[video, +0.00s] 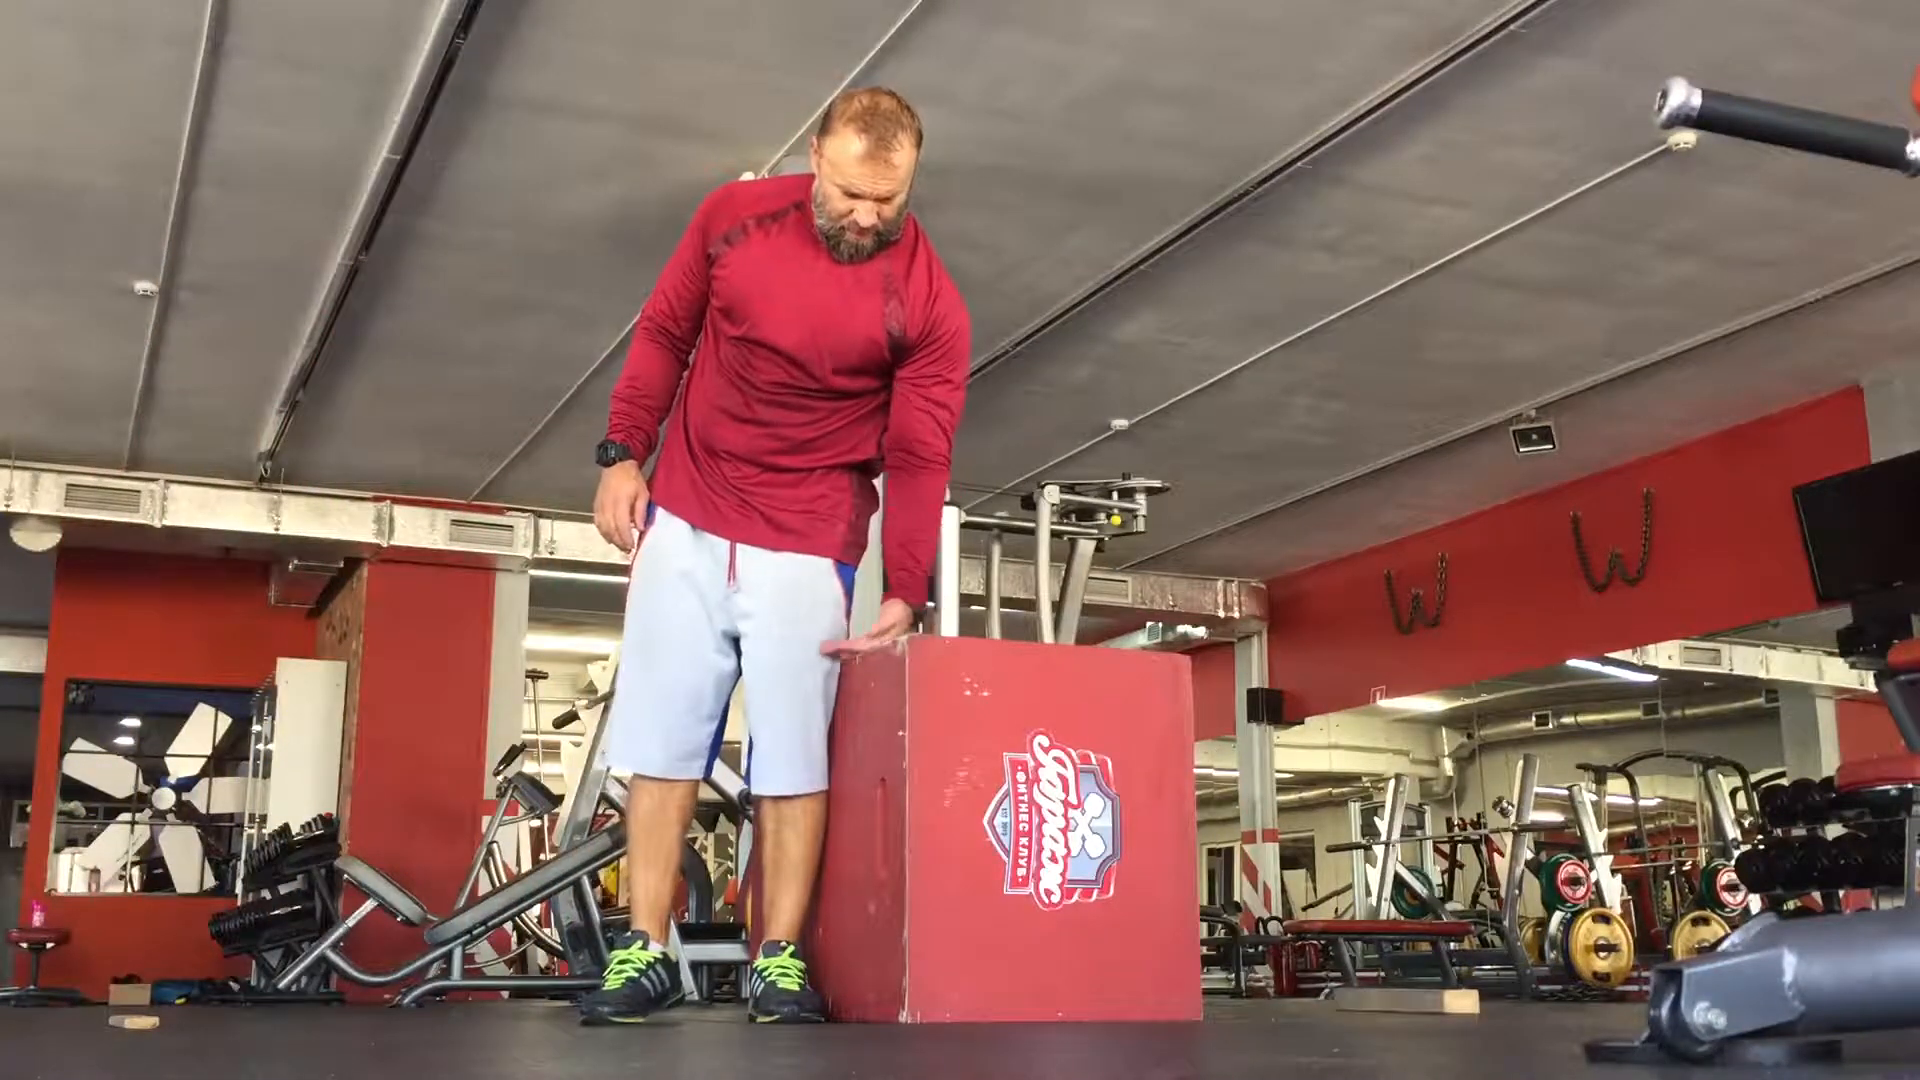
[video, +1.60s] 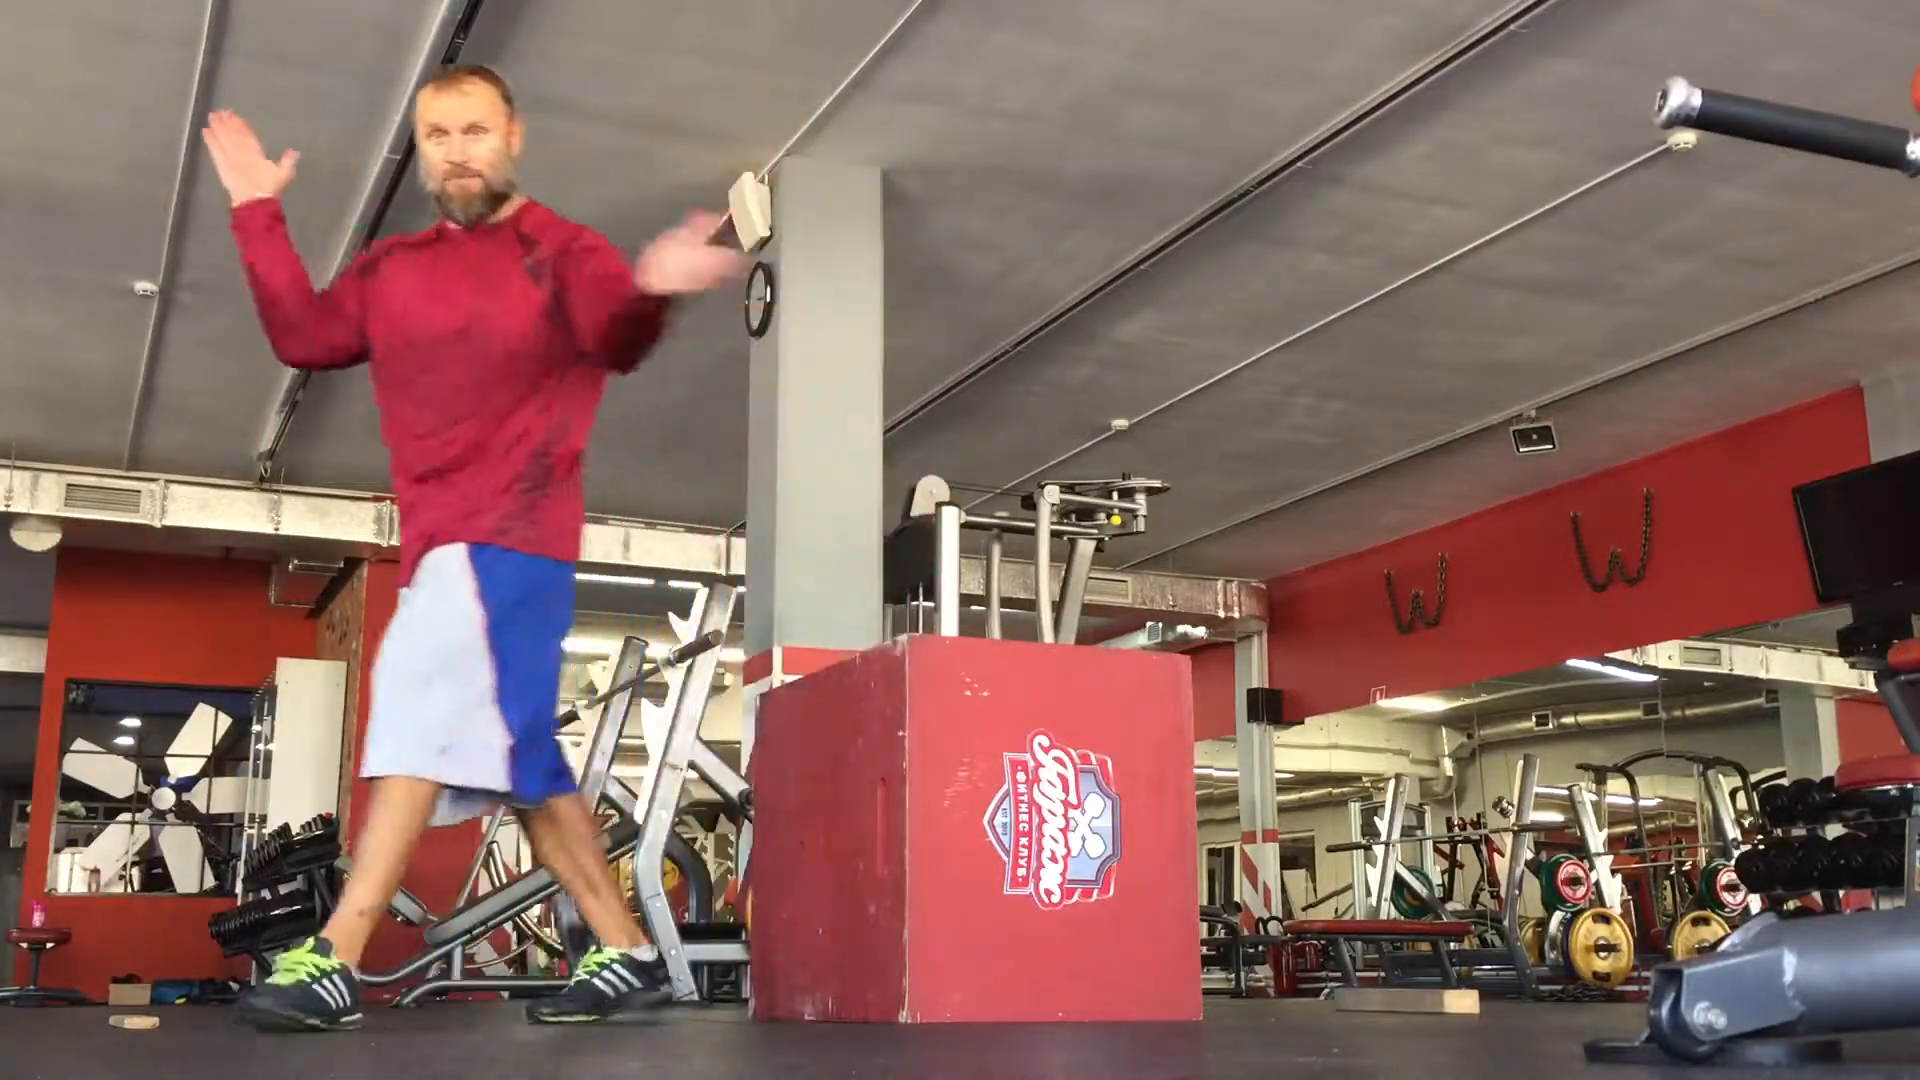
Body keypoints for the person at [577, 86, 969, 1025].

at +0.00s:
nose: (861, 215)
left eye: (883, 200)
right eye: (845, 193)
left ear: (912, 185)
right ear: (814, 159)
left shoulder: (928, 307)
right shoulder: (735, 215)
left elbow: (918, 457)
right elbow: (663, 331)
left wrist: (905, 593)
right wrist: (622, 455)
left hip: (811, 532)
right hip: (688, 508)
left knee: (793, 745)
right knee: (662, 732)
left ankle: (778, 959)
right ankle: (647, 952)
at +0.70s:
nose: (747, 147)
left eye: (766, 129)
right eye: (729, 130)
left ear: (797, 139)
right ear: (702, 141)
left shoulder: (849, 268)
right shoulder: (647, 248)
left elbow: (887, 380)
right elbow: (590, 356)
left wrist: (861, 433)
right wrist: (608, 423)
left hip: (784, 531)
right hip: (656, 528)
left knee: (782, 742)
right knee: (636, 740)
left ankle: (779, 958)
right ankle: (640, 964)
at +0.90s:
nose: (676, 167)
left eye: (694, 150)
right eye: (657, 153)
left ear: (726, 162)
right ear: (634, 169)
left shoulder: (767, 253)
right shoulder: (597, 252)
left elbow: (805, 279)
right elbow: (567, 291)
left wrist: (798, 280)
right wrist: (605, 288)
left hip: (741, 549)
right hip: (615, 553)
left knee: (762, 750)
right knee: (618, 754)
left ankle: (775, 958)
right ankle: (636, 963)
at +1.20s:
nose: (594, 178)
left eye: (610, 160)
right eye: (574, 164)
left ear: (641, 165)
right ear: (550, 176)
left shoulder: (688, 253)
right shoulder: (522, 261)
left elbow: (721, 283)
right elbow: (492, 294)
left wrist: (698, 251)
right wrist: (530, 270)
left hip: (655, 527)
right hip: (550, 537)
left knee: (652, 726)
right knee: (575, 742)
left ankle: (662, 947)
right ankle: (623, 949)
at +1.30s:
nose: (566, 175)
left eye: (582, 156)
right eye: (546, 161)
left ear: (614, 163)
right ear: (525, 176)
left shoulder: (659, 253)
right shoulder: (505, 270)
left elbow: (690, 278)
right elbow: (452, 329)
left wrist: (717, 253)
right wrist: (469, 282)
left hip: (627, 522)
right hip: (529, 532)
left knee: (607, 720)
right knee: (569, 739)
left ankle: (579, 940)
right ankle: (631, 958)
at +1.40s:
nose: (532, 168)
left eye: (549, 148)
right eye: (513, 153)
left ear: (585, 156)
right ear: (493, 170)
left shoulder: (634, 254)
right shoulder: (463, 276)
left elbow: (687, 295)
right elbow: (391, 356)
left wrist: (739, 275)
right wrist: (381, 275)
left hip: (599, 525)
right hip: (497, 536)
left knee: (546, 716)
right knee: (551, 744)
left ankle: (481, 940)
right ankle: (636, 963)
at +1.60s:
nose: (456, 149)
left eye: (475, 129)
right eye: (437, 134)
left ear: (516, 140)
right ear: (419, 153)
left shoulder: (560, 249)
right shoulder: (387, 270)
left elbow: (615, 341)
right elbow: (302, 336)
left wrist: (646, 289)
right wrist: (256, 209)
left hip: (514, 529)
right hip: (436, 532)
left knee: (413, 715)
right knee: (522, 746)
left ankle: (335, 959)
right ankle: (628, 950)